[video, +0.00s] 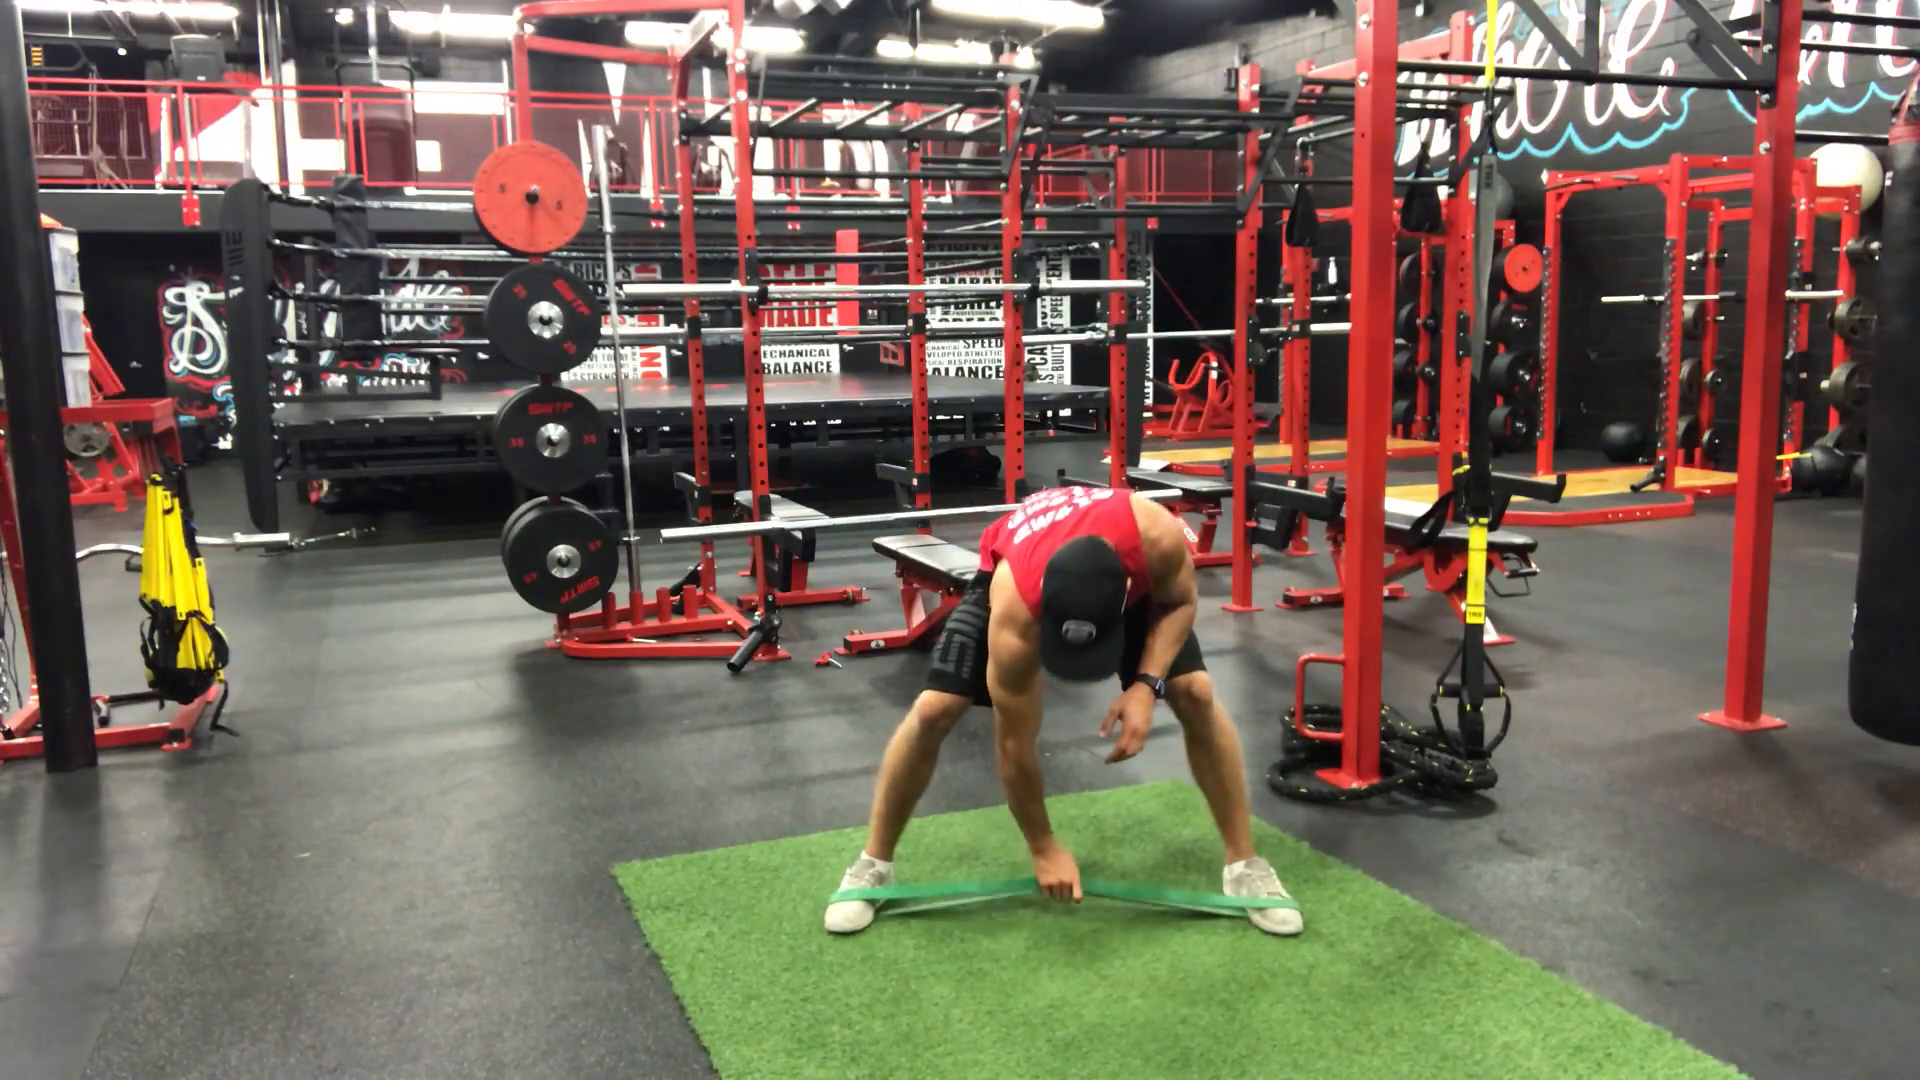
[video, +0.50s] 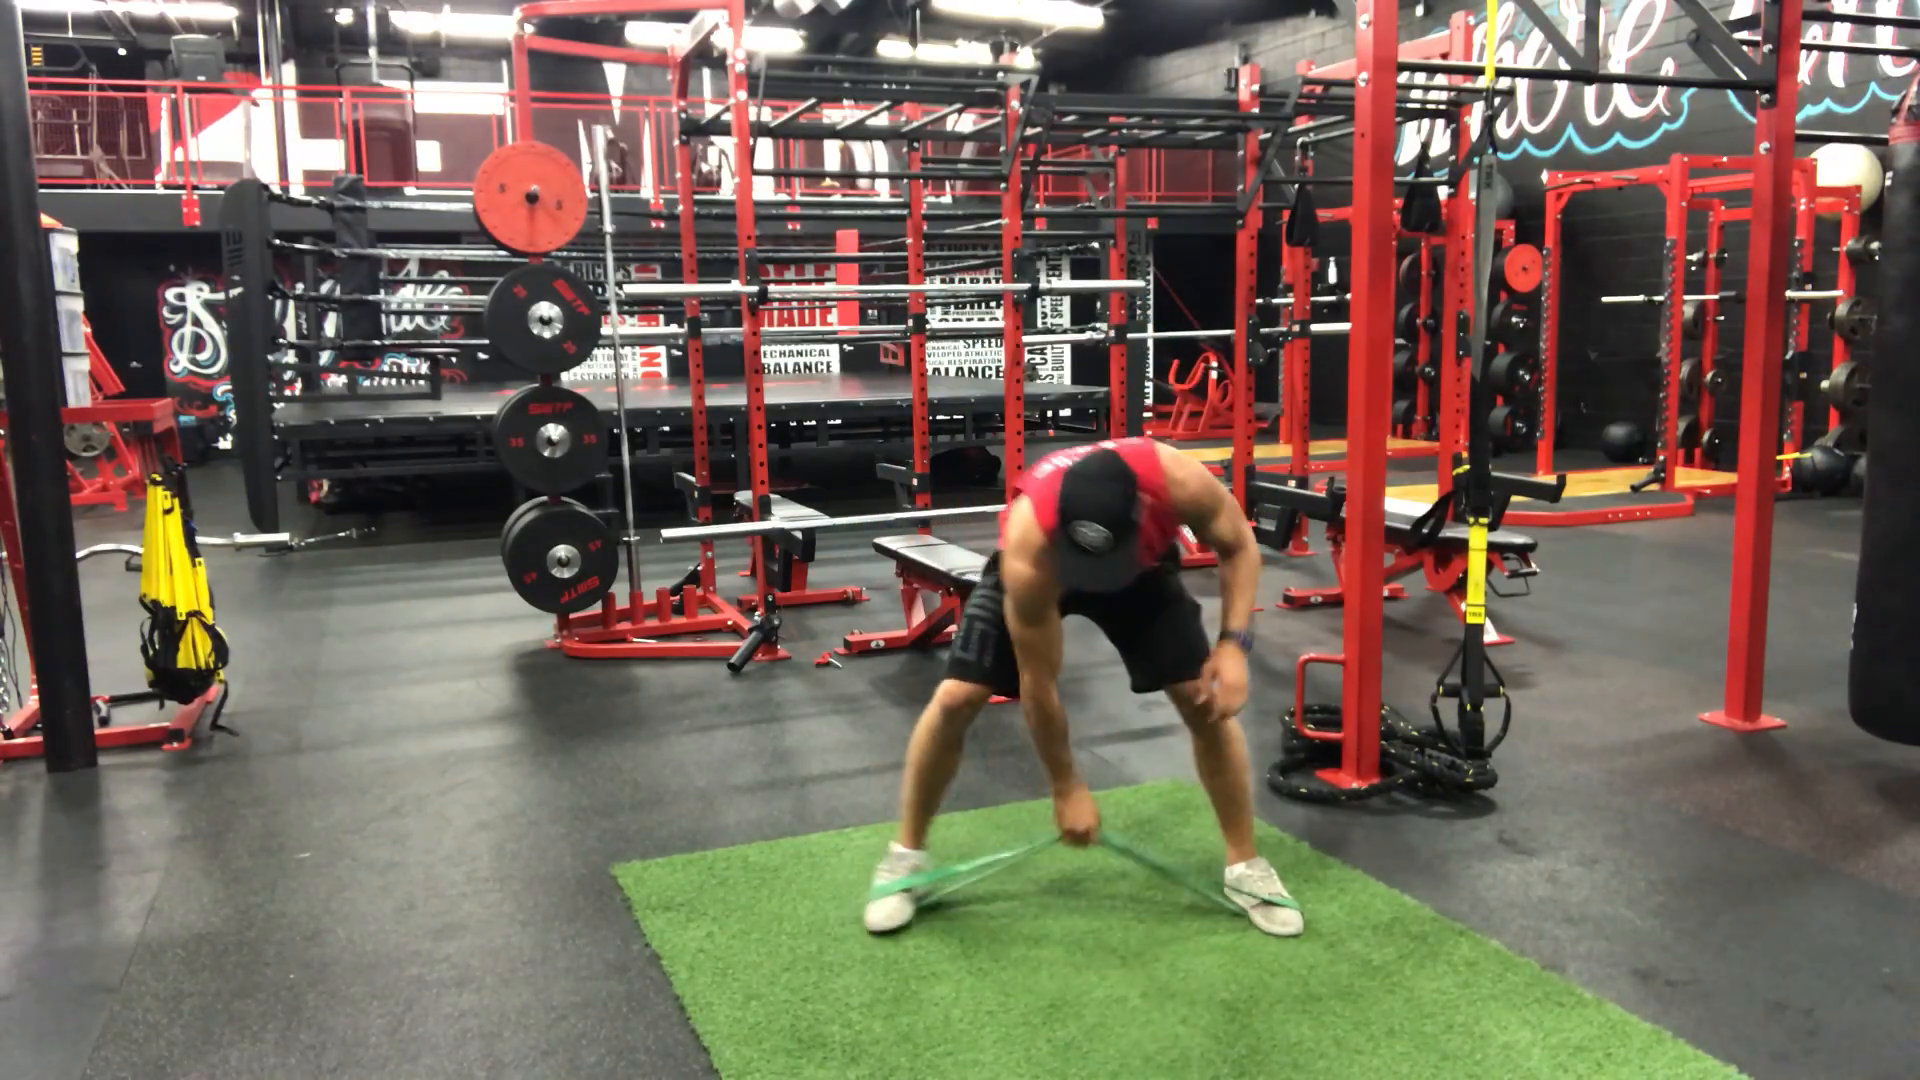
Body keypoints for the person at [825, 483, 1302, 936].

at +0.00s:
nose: (1074, 665)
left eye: (1097, 651)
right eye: (1064, 653)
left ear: (1126, 591)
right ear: (1045, 606)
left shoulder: (1162, 541)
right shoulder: (1011, 608)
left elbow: (1180, 604)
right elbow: (1016, 746)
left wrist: (1146, 685)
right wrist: (1044, 849)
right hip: (1011, 557)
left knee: (1197, 695)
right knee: (933, 709)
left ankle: (1244, 863)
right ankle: (873, 862)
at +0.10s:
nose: (1077, 641)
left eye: (1106, 625)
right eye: (1068, 626)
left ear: (1131, 576)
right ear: (1050, 592)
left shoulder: (1167, 530)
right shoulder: (1018, 595)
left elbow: (1181, 603)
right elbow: (1020, 736)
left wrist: (1149, 686)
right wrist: (1048, 838)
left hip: (1133, 584)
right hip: (1019, 566)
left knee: (1197, 694)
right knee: (938, 711)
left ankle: (1244, 862)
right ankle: (873, 864)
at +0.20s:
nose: (1099, 621)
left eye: (1114, 609)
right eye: (1083, 611)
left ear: (1146, 563)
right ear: (1061, 579)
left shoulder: (1178, 522)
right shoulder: (1031, 584)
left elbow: (1189, 599)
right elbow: (1030, 730)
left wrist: (1156, 684)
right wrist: (1053, 835)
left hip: (1139, 580)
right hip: (1028, 573)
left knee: (1202, 696)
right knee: (945, 713)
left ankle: (1244, 863)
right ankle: (873, 863)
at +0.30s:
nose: (1109, 609)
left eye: (1124, 598)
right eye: (1098, 598)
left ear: (1160, 554)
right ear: (1079, 560)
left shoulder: (1192, 512)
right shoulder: (1046, 576)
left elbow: (1204, 592)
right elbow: (1041, 716)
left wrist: (1175, 675)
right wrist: (1056, 830)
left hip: (1147, 579)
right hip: (1039, 573)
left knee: (1206, 702)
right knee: (955, 715)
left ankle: (1244, 862)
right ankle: (874, 862)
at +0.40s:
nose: (1113, 598)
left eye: (1131, 585)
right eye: (1102, 582)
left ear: (1164, 542)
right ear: (1084, 548)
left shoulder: (1202, 501)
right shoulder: (1048, 562)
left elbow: (1228, 576)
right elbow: (1044, 700)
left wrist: (1208, 660)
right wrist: (1057, 813)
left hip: (1152, 576)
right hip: (1046, 571)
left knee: (1213, 705)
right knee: (957, 705)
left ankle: (1245, 862)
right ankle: (877, 859)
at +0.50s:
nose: (1090, 566)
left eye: (1107, 556)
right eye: (1079, 556)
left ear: (1143, 514)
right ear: (1059, 528)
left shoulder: (1181, 480)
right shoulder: (1027, 542)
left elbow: (1240, 546)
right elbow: (1039, 685)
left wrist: (1233, 643)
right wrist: (1066, 789)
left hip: (1137, 569)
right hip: (1037, 571)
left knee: (1207, 702)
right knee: (955, 698)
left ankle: (1246, 864)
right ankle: (905, 853)